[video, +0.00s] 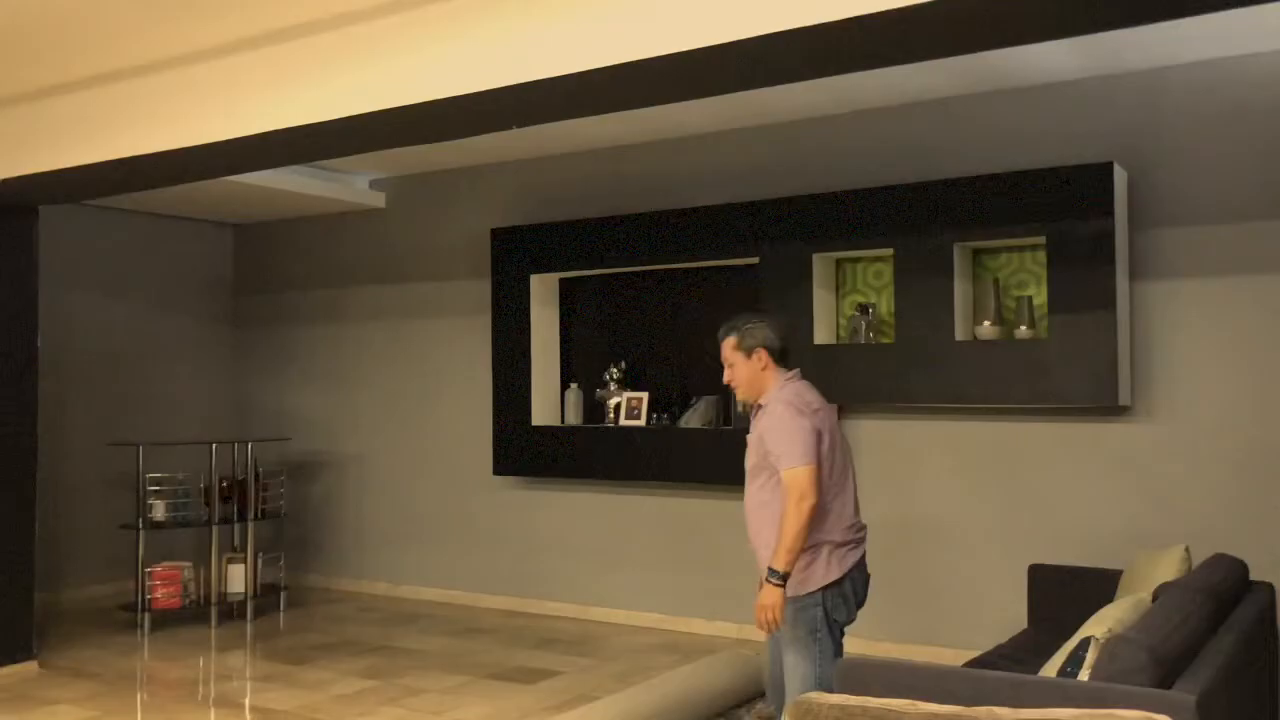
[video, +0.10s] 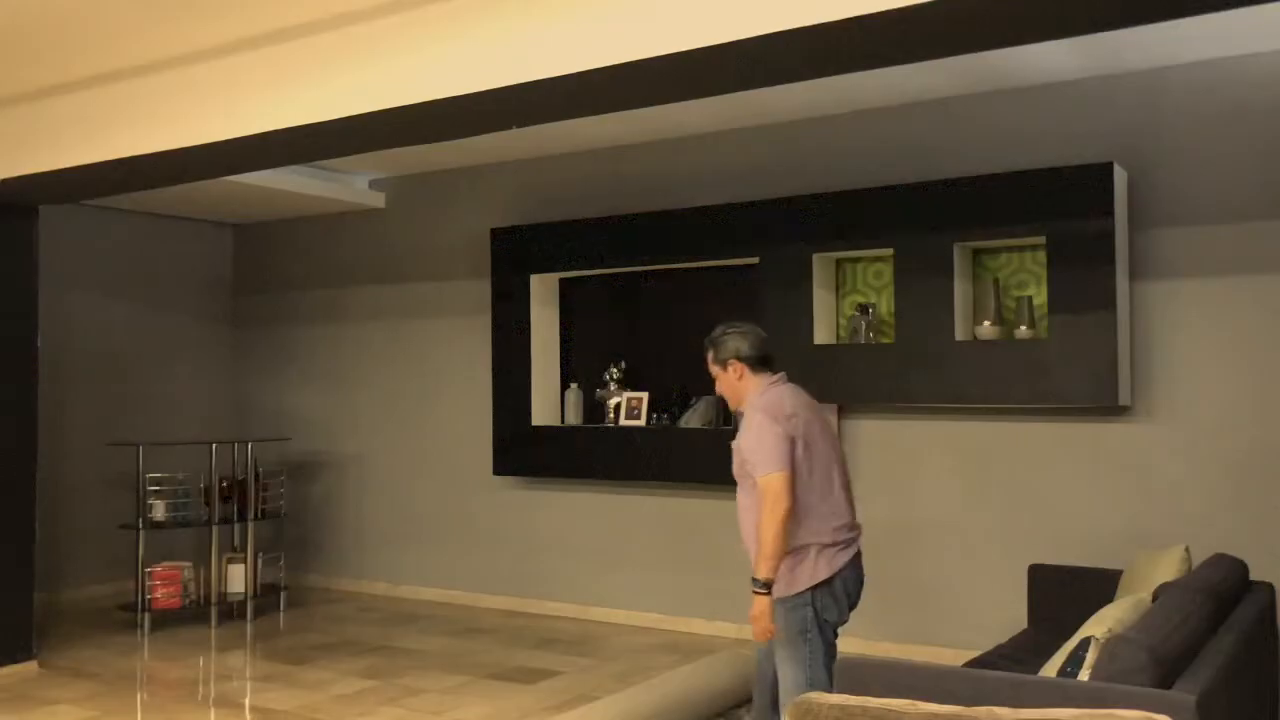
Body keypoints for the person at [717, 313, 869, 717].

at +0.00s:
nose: (726, 378)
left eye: (730, 365)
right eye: (724, 367)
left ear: (761, 359)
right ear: (761, 360)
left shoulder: (785, 408)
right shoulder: (796, 398)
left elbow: (802, 498)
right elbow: (808, 497)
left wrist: (775, 579)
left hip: (812, 580)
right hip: (802, 578)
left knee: (806, 711)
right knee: (781, 703)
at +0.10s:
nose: (717, 387)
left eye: (715, 376)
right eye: (714, 377)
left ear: (736, 369)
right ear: (747, 365)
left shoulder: (763, 414)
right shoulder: (797, 400)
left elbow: (777, 503)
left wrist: (762, 589)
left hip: (803, 579)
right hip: (826, 569)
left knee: (802, 711)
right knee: (768, 695)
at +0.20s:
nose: (704, 398)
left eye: (700, 386)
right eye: (699, 388)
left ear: (717, 376)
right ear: (736, 371)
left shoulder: (742, 417)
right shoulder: (781, 403)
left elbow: (754, 503)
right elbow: (815, 488)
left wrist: (730, 584)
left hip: (790, 578)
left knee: (794, 709)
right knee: (763, 695)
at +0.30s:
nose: (672, 425)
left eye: (669, 414)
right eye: (668, 416)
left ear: (683, 407)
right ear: (710, 396)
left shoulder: (702, 435)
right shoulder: (746, 417)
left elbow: (729, 512)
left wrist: (706, 587)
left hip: (784, 579)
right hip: (818, 569)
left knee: (739, 695)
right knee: (771, 691)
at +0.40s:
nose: (641, 511)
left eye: (638, 502)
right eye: (637, 504)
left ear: (647, 493)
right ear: (676, 470)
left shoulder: (662, 510)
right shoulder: (723, 483)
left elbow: (690, 599)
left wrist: (671, 672)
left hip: (776, 601)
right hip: (825, 592)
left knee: (701, 695)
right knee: (764, 690)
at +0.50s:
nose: (625, 575)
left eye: (620, 568)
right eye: (620, 569)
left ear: (627, 560)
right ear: (652, 534)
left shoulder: (642, 572)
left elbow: (654, 672)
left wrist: (642, 713)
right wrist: (706, 705)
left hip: (769, 638)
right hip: (810, 627)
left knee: (662, 681)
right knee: (738, 703)